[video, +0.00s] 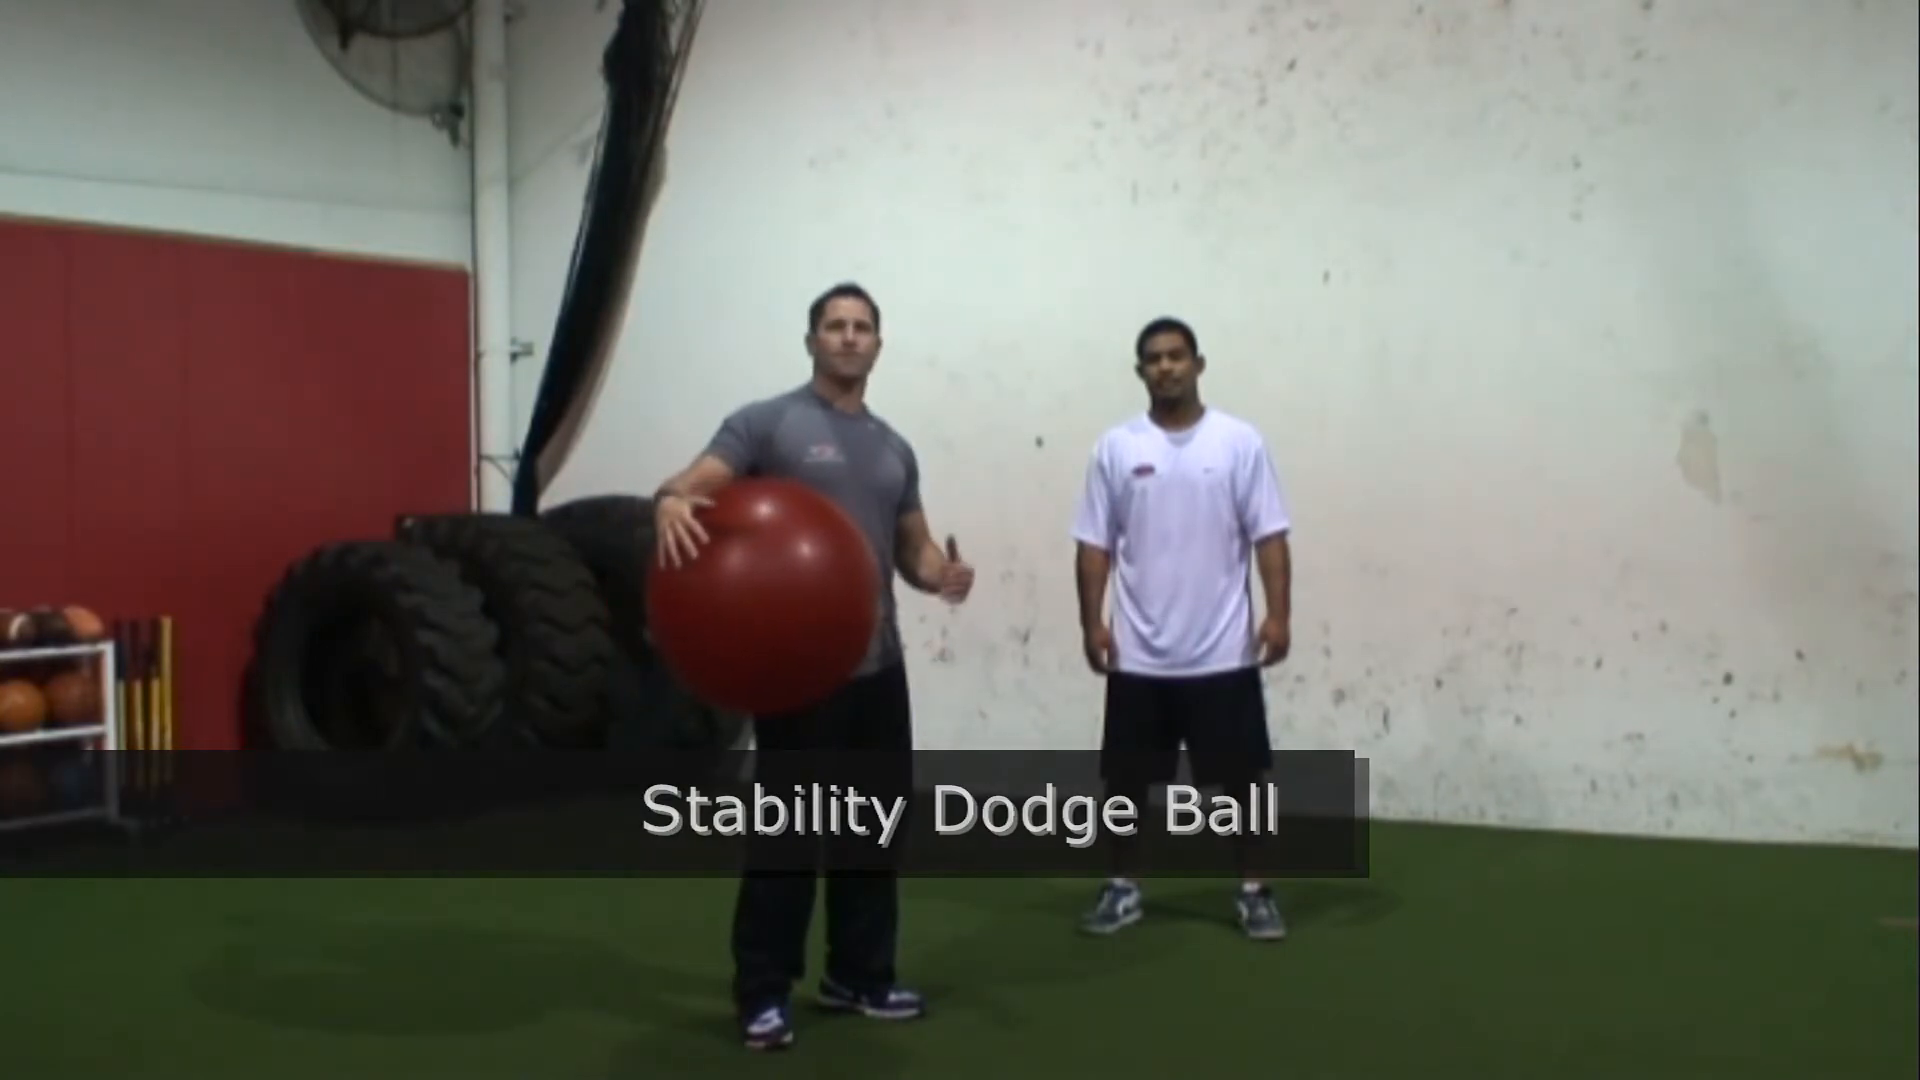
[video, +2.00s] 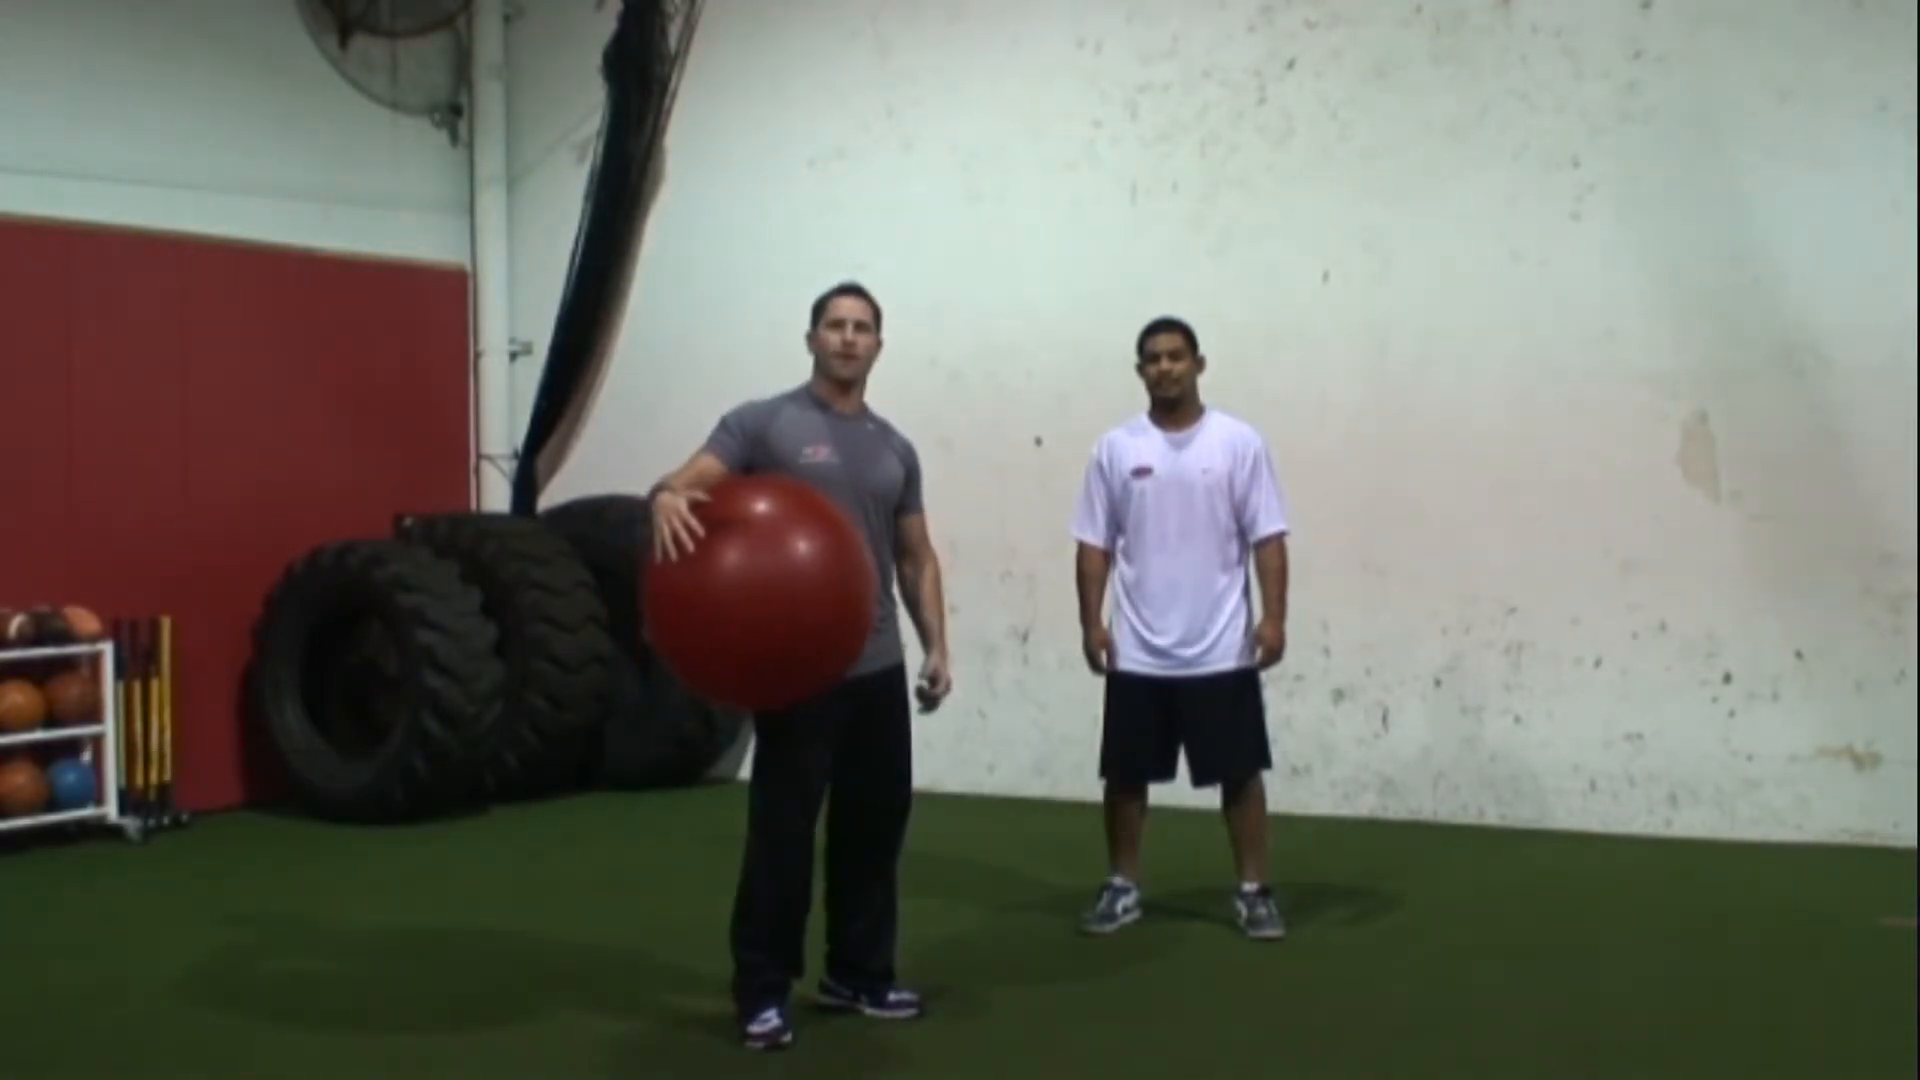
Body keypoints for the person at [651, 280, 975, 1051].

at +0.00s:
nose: (850, 338)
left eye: (862, 328)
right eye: (837, 327)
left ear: (879, 344)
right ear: (812, 340)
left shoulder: (894, 450)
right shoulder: (765, 422)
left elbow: (913, 545)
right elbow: (694, 483)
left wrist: (940, 570)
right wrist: (669, 501)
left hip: (875, 668)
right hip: (790, 669)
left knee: (875, 824)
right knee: (786, 828)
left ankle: (861, 976)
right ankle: (764, 994)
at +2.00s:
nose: (849, 338)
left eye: (862, 328)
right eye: (835, 325)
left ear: (880, 344)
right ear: (811, 338)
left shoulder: (895, 449)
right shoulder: (762, 422)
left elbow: (915, 554)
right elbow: (692, 480)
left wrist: (936, 644)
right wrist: (664, 496)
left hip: (878, 670)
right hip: (793, 670)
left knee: (873, 828)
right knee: (782, 834)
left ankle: (860, 975)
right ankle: (764, 994)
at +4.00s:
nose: (849, 341)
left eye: (861, 330)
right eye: (835, 329)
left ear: (877, 345)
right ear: (809, 341)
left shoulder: (898, 445)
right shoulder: (760, 425)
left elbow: (938, 543)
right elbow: (688, 485)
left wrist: (912, 559)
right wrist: (647, 508)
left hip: (877, 668)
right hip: (791, 669)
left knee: (876, 823)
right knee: (781, 831)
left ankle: (860, 975)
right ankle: (764, 993)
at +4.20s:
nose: (847, 343)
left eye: (860, 332)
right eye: (834, 331)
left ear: (877, 347)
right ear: (810, 343)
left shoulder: (899, 446)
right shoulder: (760, 426)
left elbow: (936, 545)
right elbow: (689, 484)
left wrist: (909, 561)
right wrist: (647, 507)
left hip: (878, 669)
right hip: (791, 671)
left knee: (877, 824)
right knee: (780, 832)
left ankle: (859, 976)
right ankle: (765, 993)